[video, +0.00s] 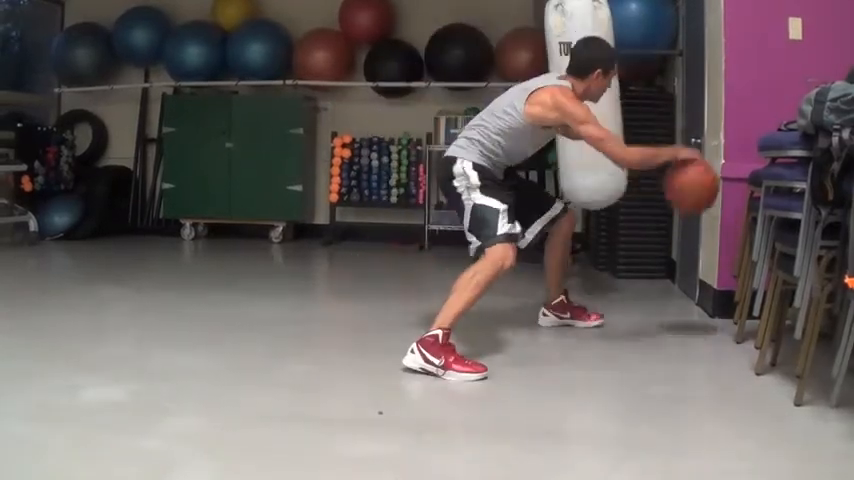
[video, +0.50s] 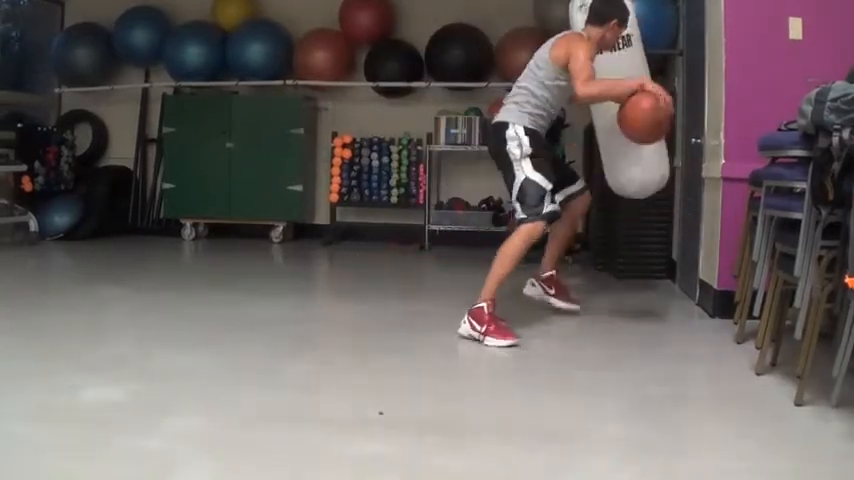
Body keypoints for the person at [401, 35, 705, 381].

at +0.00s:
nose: (608, 85)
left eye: (609, 78)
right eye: (609, 78)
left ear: (579, 69)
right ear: (595, 75)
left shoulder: (561, 91)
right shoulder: (561, 102)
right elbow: (625, 157)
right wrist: (677, 152)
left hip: (496, 169)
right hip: (468, 165)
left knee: (562, 218)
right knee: (501, 253)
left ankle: (555, 306)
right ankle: (433, 341)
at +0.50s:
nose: (619, 43)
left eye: (622, 37)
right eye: (621, 35)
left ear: (598, 23)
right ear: (611, 27)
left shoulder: (575, 45)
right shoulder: (577, 44)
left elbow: (584, 93)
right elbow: (583, 90)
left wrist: (632, 95)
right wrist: (638, 84)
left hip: (534, 132)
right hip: (515, 128)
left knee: (578, 199)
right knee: (537, 218)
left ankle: (545, 278)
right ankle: (481, 311)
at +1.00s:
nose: (601, 42)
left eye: (603, 35)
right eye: (601, 34)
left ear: (583, 26)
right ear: (589, 28)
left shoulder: (567, 58)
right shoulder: (549, 57)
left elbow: (563, 100)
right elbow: (536, 115)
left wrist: (606, 103)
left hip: (530, 156)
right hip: (506, 154)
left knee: (552, 221)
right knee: (552, 234)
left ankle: (550, 282)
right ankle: (494, 316)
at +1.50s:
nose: (549, 6)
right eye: (547, 5)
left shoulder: (471, 18)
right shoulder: (527, 18)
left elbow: (461, 95)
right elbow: (525, 99)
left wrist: (459, 170)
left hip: (461, 135)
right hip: (490, 133)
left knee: (515, 234)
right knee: (520, 249)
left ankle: (492, 319)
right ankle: (464, 355)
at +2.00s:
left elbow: (269, 27)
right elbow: (445, 50)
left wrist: (267, 76)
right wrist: (475, 141)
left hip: (310, 111)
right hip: (383, 114)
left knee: (247, 237)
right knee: (463, 241)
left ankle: (165, 356)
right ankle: (476, 368)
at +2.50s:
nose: (420, 14)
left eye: (416, 13)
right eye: (418, 9)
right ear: (418, 1)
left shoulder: (364, 20)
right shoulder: (404, 6)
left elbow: (331, 88)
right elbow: (353, 19)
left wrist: (296, 163)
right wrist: (374, 87)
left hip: (317, 138)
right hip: (347, 134)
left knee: (296, 268)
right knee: (488, 239)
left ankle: (172, 328)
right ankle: (514, 397)